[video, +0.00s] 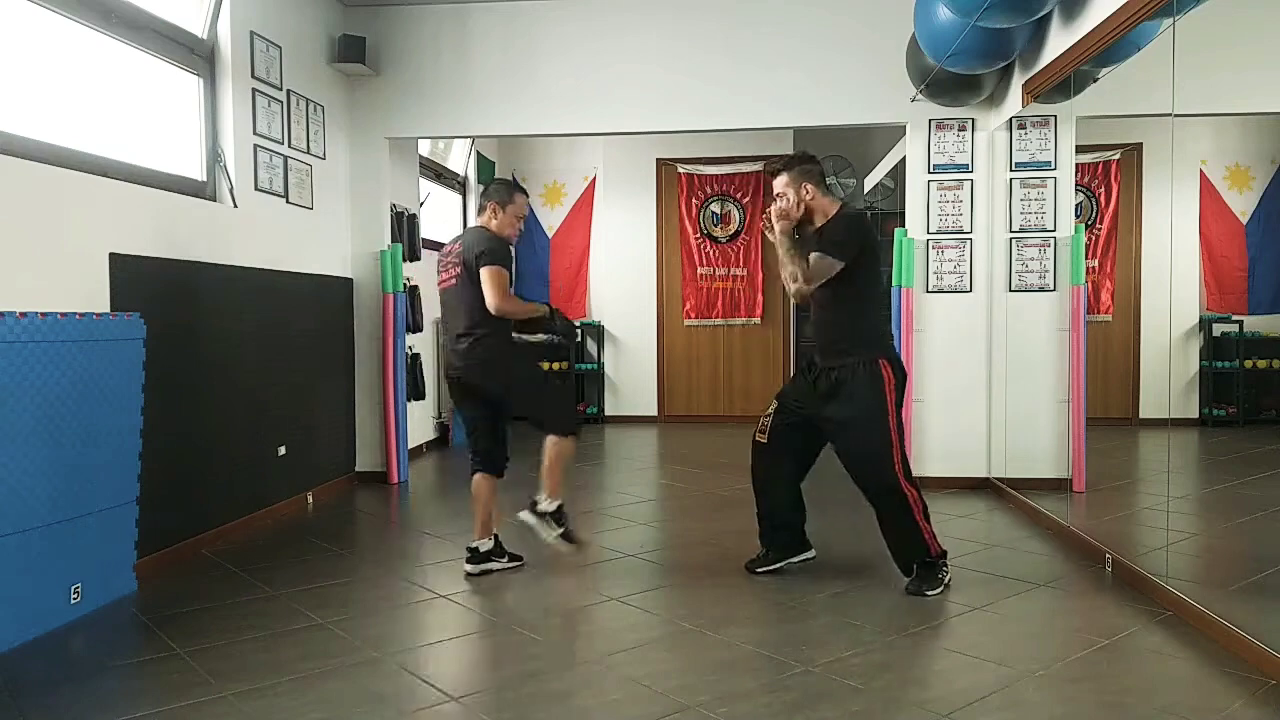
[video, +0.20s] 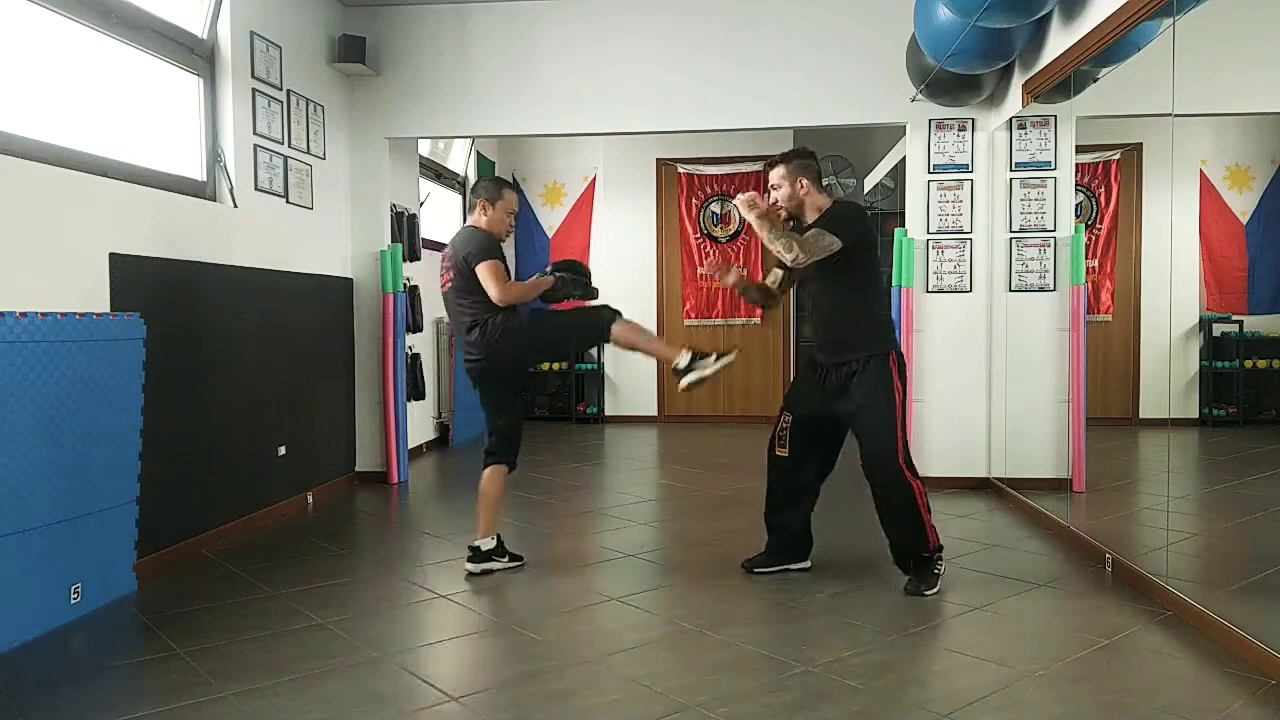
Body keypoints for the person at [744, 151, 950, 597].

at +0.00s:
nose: (780, 206)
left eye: (783, 197)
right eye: (777, 200)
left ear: (808, 190)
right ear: (807, 194)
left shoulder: (850, 225)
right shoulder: (818, 236)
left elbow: (799, 284)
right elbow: (797, 287)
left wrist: (783, 236)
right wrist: (781, 243)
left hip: (867, 372)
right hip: (820, 374)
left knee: (884, 473)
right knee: (770, 450)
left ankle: (928, 563)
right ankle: (786, 544)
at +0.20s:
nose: (771, 198)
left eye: (777, 187)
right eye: (769, 190)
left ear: (802, 185)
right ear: (795, 189)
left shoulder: (849, 216)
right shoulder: (793, 238)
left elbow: (799, 252)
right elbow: (770, 298)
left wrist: (756, 216)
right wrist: (744, 283)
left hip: (871, 363)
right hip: (820, 366)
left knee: (885, 463)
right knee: (788, 454)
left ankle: (923, 559)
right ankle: (789, 549)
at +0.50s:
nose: (776, 213)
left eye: (779, 204)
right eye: (774, 206)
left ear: (804, 203)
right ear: (806, 204)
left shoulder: (844, 240)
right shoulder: (814, 244)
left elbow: (792, 300)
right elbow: (794, 298)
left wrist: (768, 257)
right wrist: (772, 254)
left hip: (848, 383)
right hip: (805, 378)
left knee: (866, 481)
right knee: (747, 443)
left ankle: (915, 564)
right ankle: (752, 540)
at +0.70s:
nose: (744, 200)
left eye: (748, 192)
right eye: (744, 193)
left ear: (772, 193)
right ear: (772, 193)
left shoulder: (806, 233)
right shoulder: (774, 237)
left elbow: (744, 279)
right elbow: (732, 273)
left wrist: (740, 228)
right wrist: (719, 235)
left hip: (810, 375)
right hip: (764, 373)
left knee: (840, 468)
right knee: (719, 448)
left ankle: (899, 546)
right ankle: (716, 543)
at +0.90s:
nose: (711, 208)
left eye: (715, 201)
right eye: (710, 202)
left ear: (739, 199)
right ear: (735, 200)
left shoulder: (781, 239)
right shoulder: (729, 231)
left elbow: (731, 285)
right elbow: (691, 239)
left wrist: (717, 234)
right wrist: (669, 244)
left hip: (783, 374)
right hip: (738, 371)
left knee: (790, 470)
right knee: (687, 443)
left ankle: (825, 564)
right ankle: (688, 538)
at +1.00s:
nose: (692, 211)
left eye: (696, 203)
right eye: (691, 205)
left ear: (722, 203)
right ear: (719, 204)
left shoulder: (763, 245)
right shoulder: (708, 239)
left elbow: (723, 295)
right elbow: (652, 254)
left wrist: (702, 242)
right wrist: (615, 231)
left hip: (763, 380)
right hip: (719, 377)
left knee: (778, 474)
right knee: (668, 447)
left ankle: (826, 562)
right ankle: (671, 541)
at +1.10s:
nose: (668, 209)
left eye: (672, 200)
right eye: (667, 201)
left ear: (695, 199)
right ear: (694, 200)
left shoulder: (738, 239)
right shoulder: (690, 242)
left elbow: (720, 295)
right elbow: (642, 255)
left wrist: (685, 261)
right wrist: (591, 233)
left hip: (737, 375)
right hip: (699, 375)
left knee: (754, 472)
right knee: (651, 449)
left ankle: (828, 554)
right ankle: (658, 541)